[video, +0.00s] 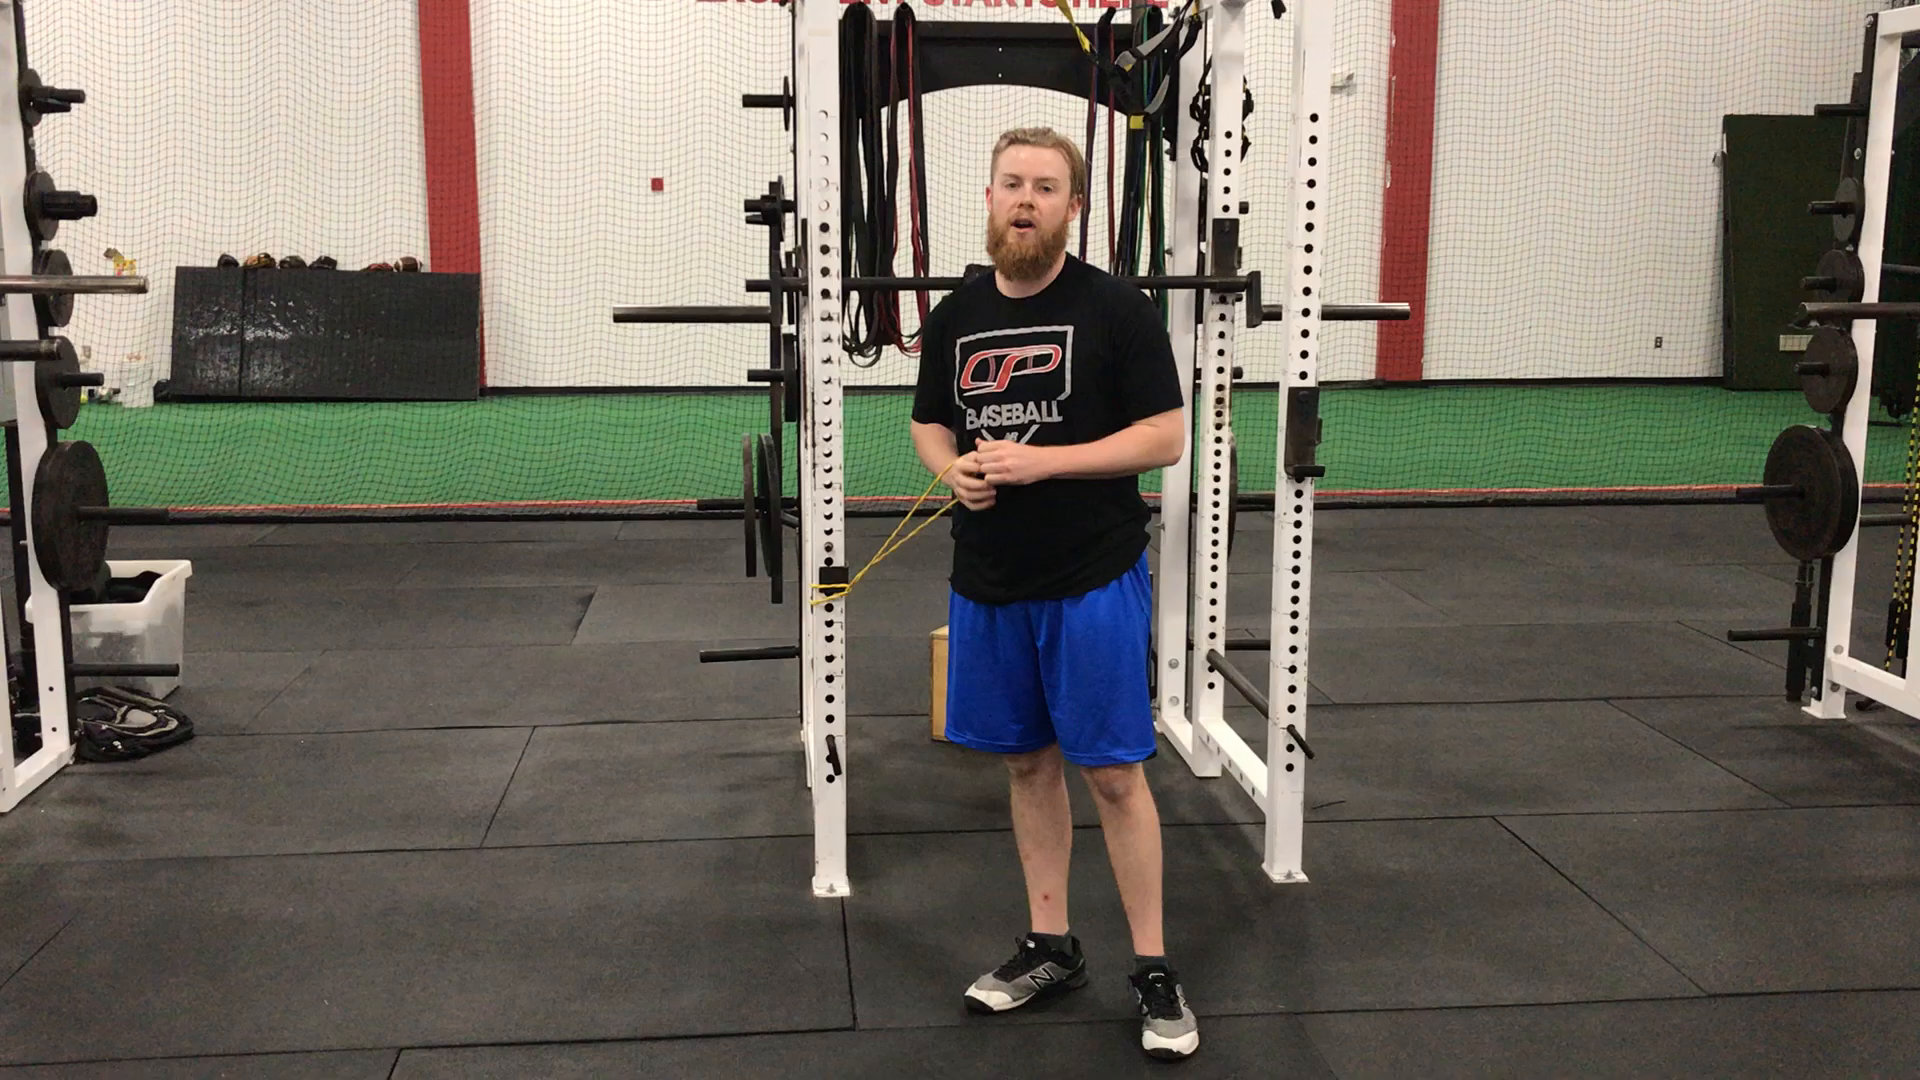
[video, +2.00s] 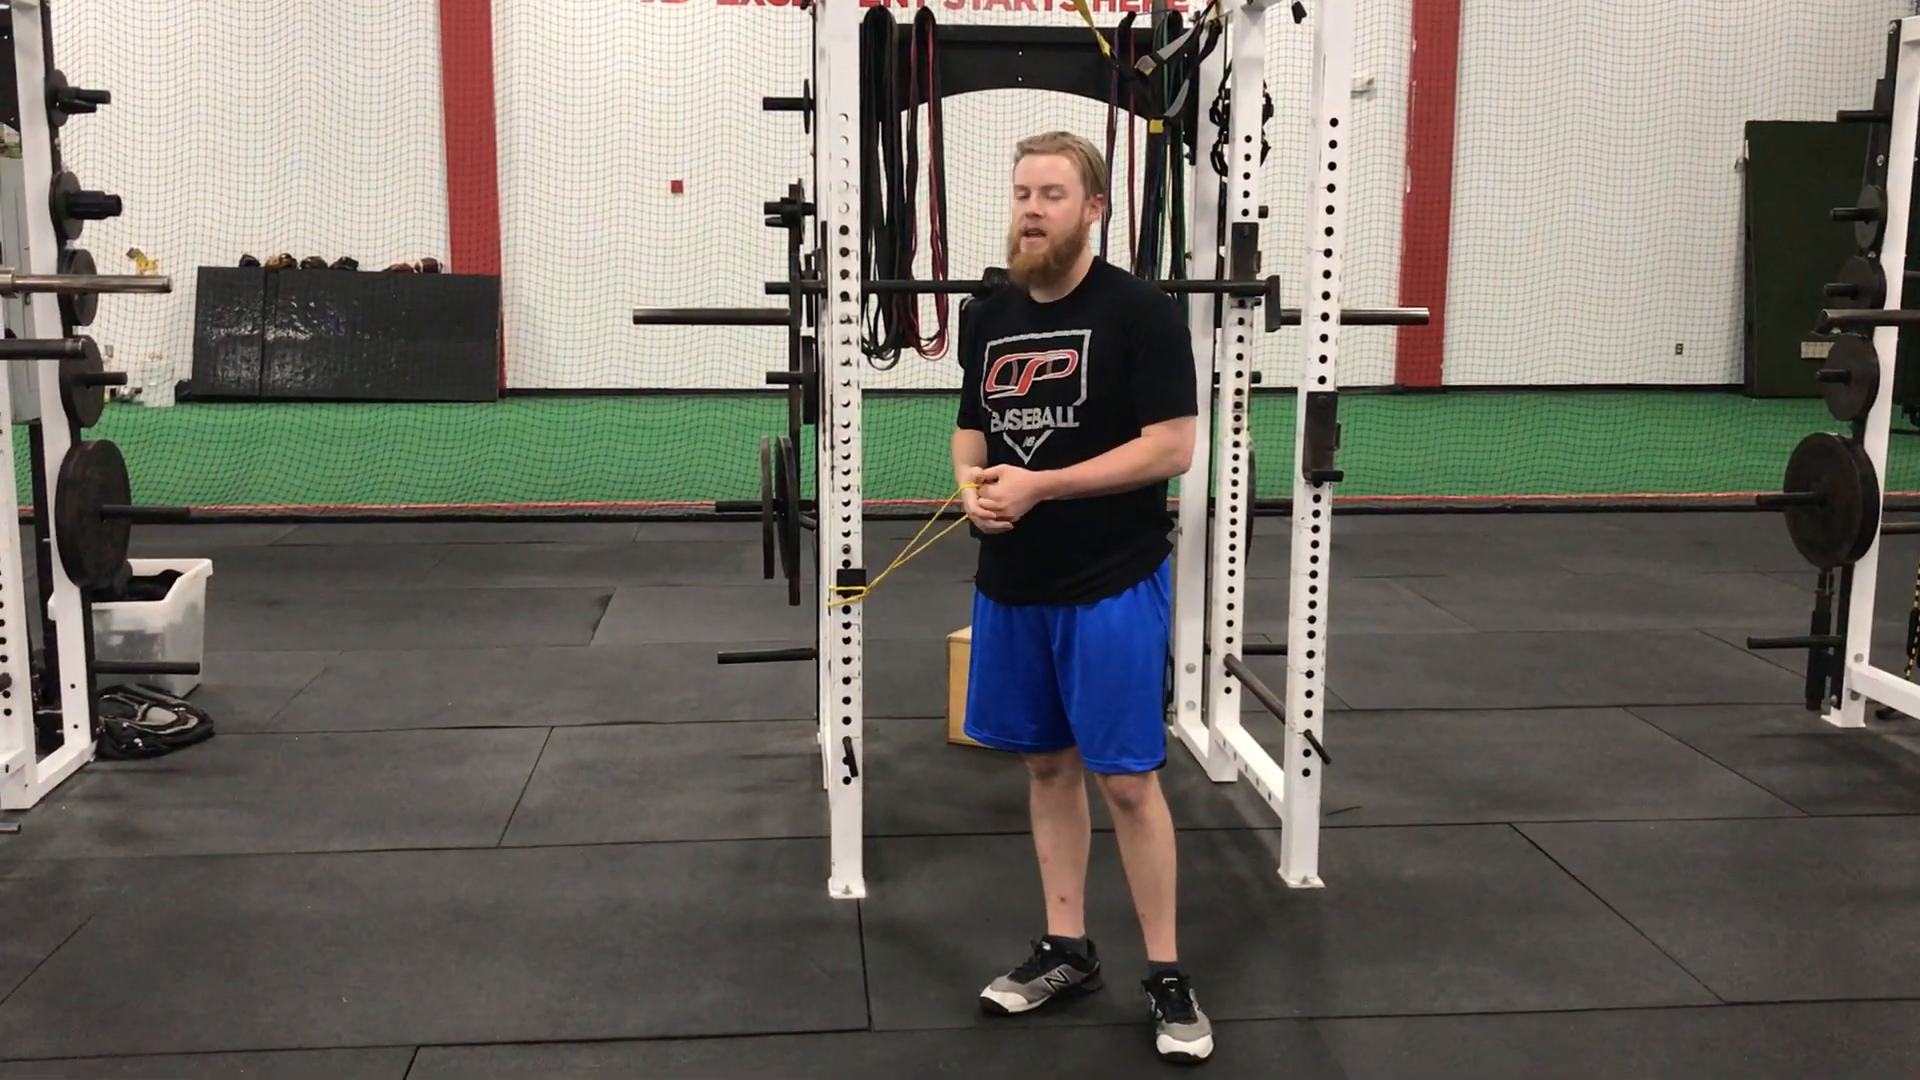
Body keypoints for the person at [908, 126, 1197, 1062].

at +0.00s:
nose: (1024, 199)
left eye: (1044, 187)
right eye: (1012, 183)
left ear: (1074, 208)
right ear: (987, 199)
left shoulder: (1117, 308)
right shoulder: (953, 317)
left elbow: (1165, 437)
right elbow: (929, 429)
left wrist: (1045, 459)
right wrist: (957, 471)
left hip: (1095, 580)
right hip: (992, 583)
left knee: (1115, 777)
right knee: (1028, 765)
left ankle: (1152, 971)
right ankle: (1049, 946)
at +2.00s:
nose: (1029, 209)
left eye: (1049, 195)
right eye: (1021, 194)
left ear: (1093, 209)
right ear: (1007, 208)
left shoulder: (1140, 310)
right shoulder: (988, 314)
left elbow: (1174, 444)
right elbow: (969, 430)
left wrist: (1041, 483)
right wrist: (973, 485)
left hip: (1115, 586)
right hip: (1015, 586)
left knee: (1129, 782)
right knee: (1048, 769)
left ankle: (1167, 977)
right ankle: (1066, 950)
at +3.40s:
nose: (1089, 228)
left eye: (1095, 211)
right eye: (1089, 212)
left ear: (1131, 213)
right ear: (1147, 210)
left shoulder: (1230, 324)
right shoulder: (1122, 311)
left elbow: (1246, 471)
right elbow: (1105, 448)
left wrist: (1111, 495)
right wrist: (1016, 511)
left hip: (1196, 599)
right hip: (1108, 591)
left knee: (1200, 783)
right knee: (1103, 767)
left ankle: (1205, 972)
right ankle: (1089, 954)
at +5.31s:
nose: (1112, 223)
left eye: (1131, 206)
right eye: (1099, 205)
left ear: (1168, 217)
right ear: (1083, 215)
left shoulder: (1214, 320)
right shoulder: (1064, 327)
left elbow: (1240, 458)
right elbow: (1043, 462)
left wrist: (1100, 487)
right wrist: (1024, 580)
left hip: (1190, 598)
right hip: (1088, 597)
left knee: (1202, 781)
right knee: (1101, 776)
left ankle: (1218, 978)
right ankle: (1103, 962)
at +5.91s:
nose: (1128, 217)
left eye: (1147, 200)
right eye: (1123, 200)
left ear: (1202, 210)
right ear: (1123, 208)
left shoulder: (1258, 326)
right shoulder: (1109, 324)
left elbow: (1272, 472)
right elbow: (1083, 458)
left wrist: (1129, 494)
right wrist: (1052, 580)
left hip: (1222, 606)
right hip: (1116, 601)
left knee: (1230, 793)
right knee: (1112, 777)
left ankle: (1239, 978)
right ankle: (1120, 961)